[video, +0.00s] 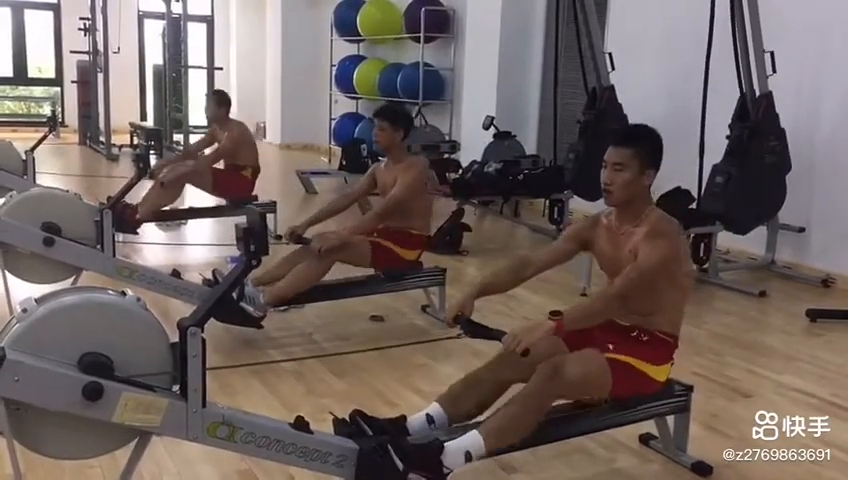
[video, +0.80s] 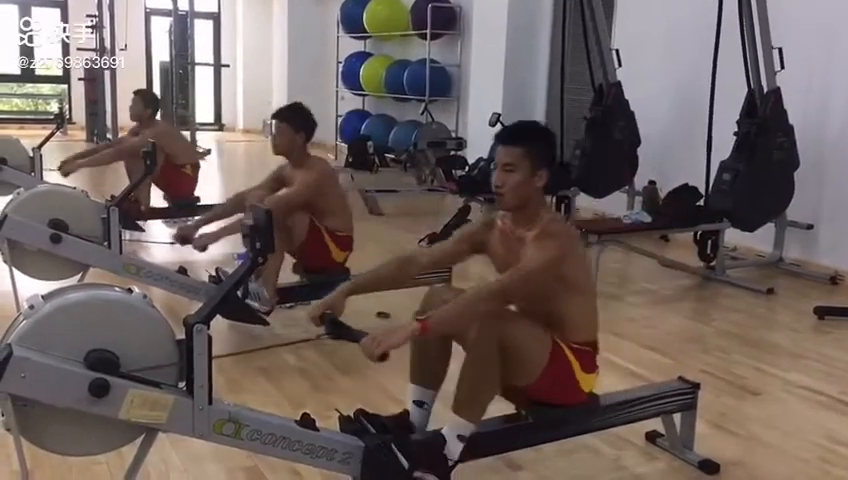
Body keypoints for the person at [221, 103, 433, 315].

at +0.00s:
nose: (375, 135)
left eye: (382, 130)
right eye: (375, 129)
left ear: (401, 134)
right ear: (382, 133)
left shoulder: (416, 168)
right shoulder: (380, 169)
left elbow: (383, 213)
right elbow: (345, 199)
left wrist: (341, 236)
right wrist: (304, 225)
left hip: (405, 247)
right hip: (380, 238)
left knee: (330, 251)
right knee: (316, 243)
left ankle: (263, 301)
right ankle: (246, 284)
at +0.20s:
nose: (357, 134)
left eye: (365, 129)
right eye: (358, 128)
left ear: (383, 134)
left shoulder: (398, 171)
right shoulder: (365, 167)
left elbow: (363, 211)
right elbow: (329, 197)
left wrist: (317, 235)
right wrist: (287, 223)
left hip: (393, 247)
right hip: (371, 237)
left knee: (321, 237)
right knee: (309, 225)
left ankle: (265, 299)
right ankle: (251, 283)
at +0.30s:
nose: (346, 135)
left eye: (352, 130)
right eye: (347, 129)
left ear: (370, 134)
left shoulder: (388, 171)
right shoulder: (356, 168)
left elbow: (352, 212)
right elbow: (319, 196)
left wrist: (299, 236)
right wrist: (278, 222)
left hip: (386, 246)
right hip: (366, 237)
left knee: (308, 221)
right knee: (305, 223)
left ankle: (257, 280)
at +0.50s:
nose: (315, 134)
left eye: (323, 130)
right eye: (317, 129)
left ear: (341, 135)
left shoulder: (359, 172)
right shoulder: (330, 168)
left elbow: (318, 211)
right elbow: (292, 196)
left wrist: (269, 237)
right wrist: (250, 225)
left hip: (366, 248)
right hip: (349, 239)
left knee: (300, 219)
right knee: (283, 208)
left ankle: (266, 296)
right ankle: (252, 280)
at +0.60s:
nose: (305, 135)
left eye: (312, 130)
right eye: (307, 129)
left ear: (331, 135)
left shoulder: (349, 173)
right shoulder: (320, 170)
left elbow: (309, 209)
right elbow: (282, 196)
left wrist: (257, 234)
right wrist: (237, 224)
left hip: (358, 248)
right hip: (341, 240)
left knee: (295, 217)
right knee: (278, 207)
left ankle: (267, 296)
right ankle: (252, 281)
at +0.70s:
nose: (288, 136)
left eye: (295, 130)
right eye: (290, 129)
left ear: (316, 136)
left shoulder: (331, 175)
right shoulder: (303, 170)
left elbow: (281, 216)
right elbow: (263, 198)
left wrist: (229, 239)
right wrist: (216, 225)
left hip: (345, 249)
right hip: (330, 241)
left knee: (286, 216)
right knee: (270, 200)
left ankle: (266, 296)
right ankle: (253, 282)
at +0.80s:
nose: (273, 135)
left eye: (280, 130)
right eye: (274, 129)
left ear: (300, 137)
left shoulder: (316, 173)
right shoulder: (287, 170)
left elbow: (268, 212)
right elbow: (245, 198)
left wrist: (215, 236)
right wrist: (196, 224)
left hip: (332, 251)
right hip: (314, 246)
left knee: (278, 210)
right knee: (255, 197)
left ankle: (267, 292)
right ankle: (255, 278)